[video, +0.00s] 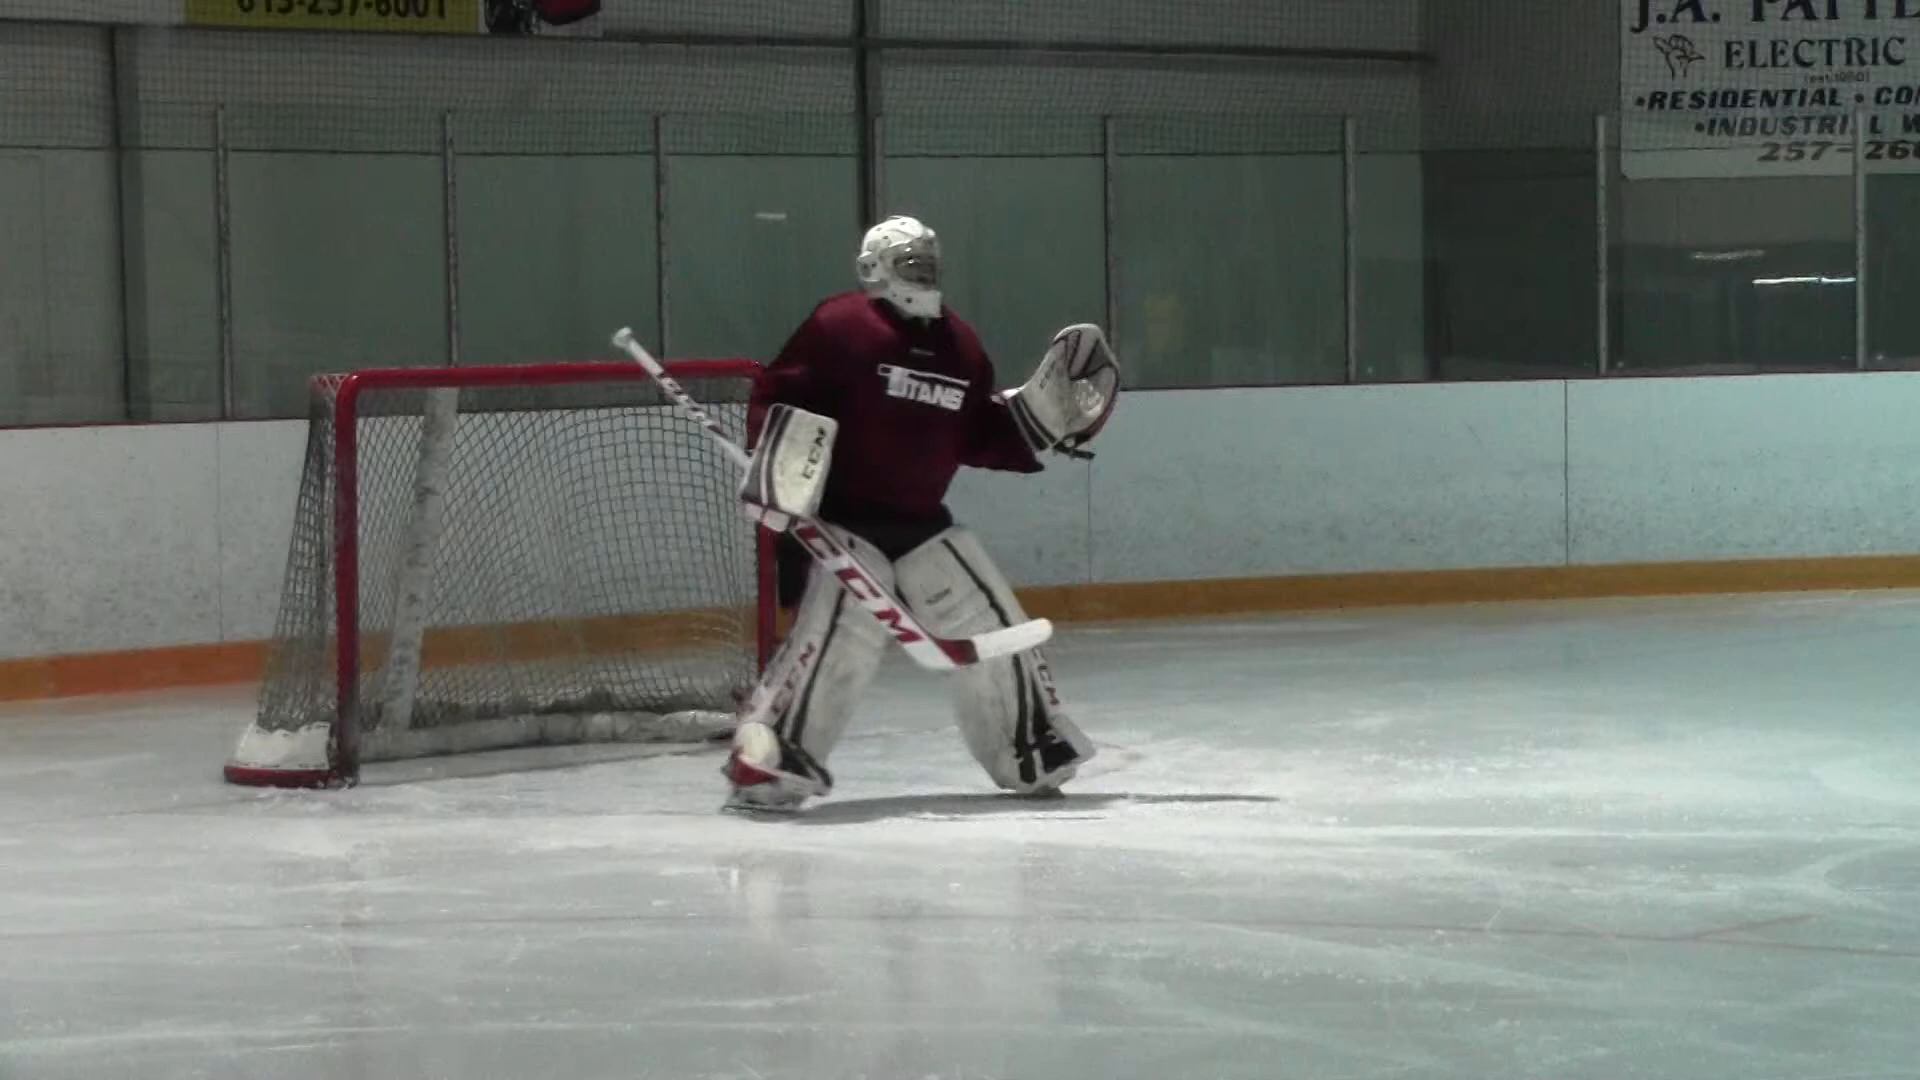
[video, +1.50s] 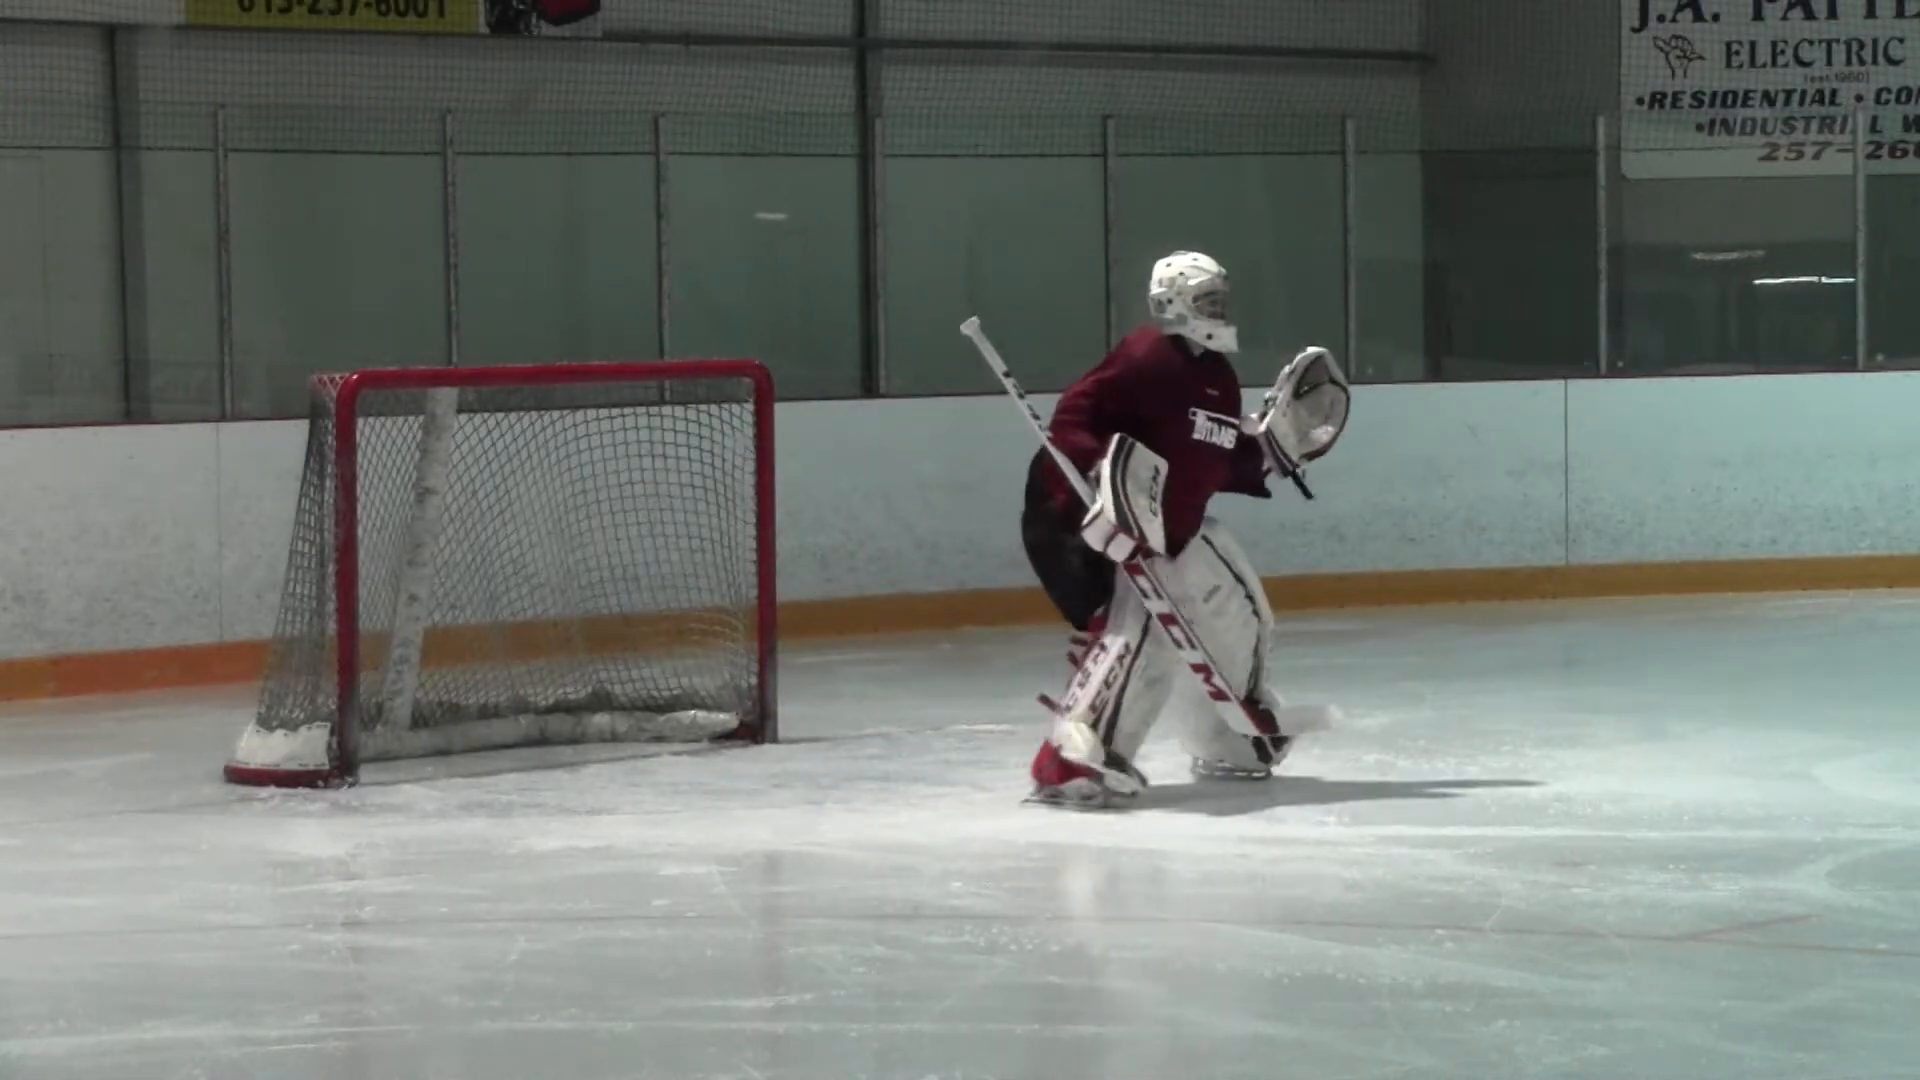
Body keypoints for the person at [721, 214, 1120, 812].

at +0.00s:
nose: (924, 282)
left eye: (930, 270)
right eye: (909, 270)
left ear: (937, 270)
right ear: (876, 274)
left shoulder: (960, 345)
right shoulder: (841, 326)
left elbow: (972, 436)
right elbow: (779, 398)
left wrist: (1045, 415)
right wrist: (776, 471)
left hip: (922, 525)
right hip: (841, 521)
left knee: (994, 627)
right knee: (842, 639)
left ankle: (1030, 760)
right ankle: (774, 769)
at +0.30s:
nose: (968, 268)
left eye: (974, 256)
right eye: (954, 257)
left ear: (982, 258)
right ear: (920, 261)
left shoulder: (996, 337)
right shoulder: (884, 318)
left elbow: (1001, 432)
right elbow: (816, 397)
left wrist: (1066, 405)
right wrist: (833, 456)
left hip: (954, 521)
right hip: (874, 515)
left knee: (1032, 618)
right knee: (913, 622)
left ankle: (1067, 753)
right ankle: (846, 765)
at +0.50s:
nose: (1011, 266)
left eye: (1015, 254)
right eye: (996, 256)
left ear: (1021, 255)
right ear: (962, 261)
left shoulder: (1034, 333)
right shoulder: (929, 316)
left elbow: (1043, 429)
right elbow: (858, 395)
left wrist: (1107, 405)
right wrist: (873, 478)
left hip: (1002, 514)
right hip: (930, 513)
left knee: (1060, 624)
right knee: (963, 636)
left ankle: (1091, 756)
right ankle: (904, 770)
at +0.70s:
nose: (1068, 276)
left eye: (1072, 266)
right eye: (1053, 267)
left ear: (1078, 270)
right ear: (1018, 274)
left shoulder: (1088, 347)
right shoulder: (984, 330)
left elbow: (1088, 439)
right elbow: (918, 422)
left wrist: (1155, 420)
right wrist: (936, 520)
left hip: (1055, 530)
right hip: (981, 529)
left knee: (1121, 621)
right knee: (1000, 647)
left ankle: (1148, 759)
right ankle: (920, 772)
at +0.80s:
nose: (1104, 287)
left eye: (1108, 275)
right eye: (1089, 277)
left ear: (1115, 278)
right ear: (1053, 284)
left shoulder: (1121, 358)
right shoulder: (1017, 337)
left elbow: (1117, 446)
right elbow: (949, 427)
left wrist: (1189, 420)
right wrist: (987, 489)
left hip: (1084, 540)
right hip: (1012, 540)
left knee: (1159, 627)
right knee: (1016, 654)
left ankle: (1192, 762)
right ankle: (924, 774)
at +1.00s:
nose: (1163, 285)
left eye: (1167, 274)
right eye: (1148, 276)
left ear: (1174, 278)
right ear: (1112, 282)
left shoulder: (1180, 357)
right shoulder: (1079, 336)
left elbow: (1180, 446)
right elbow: (1001, 417)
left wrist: (1244, 423)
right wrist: (1053, 469)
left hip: (1144, 538)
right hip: (1071, 540)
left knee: (1205, 628)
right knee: (1064, 658)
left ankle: (1246, 754)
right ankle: (1004, 771)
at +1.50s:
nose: (1220, 309)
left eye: (1221, 299)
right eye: (1206, 301)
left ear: (1221, 302)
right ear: (1172, 308)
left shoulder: (1218, 376)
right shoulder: (1147, 358)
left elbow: (1204, 462)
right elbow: (1068, 420)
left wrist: (1274, 447)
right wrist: (1115, 480)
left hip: (1165, 530)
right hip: (1086, 525)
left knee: (1230, 610)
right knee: (1140, 632)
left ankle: (1231, 741)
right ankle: (1078, 757)